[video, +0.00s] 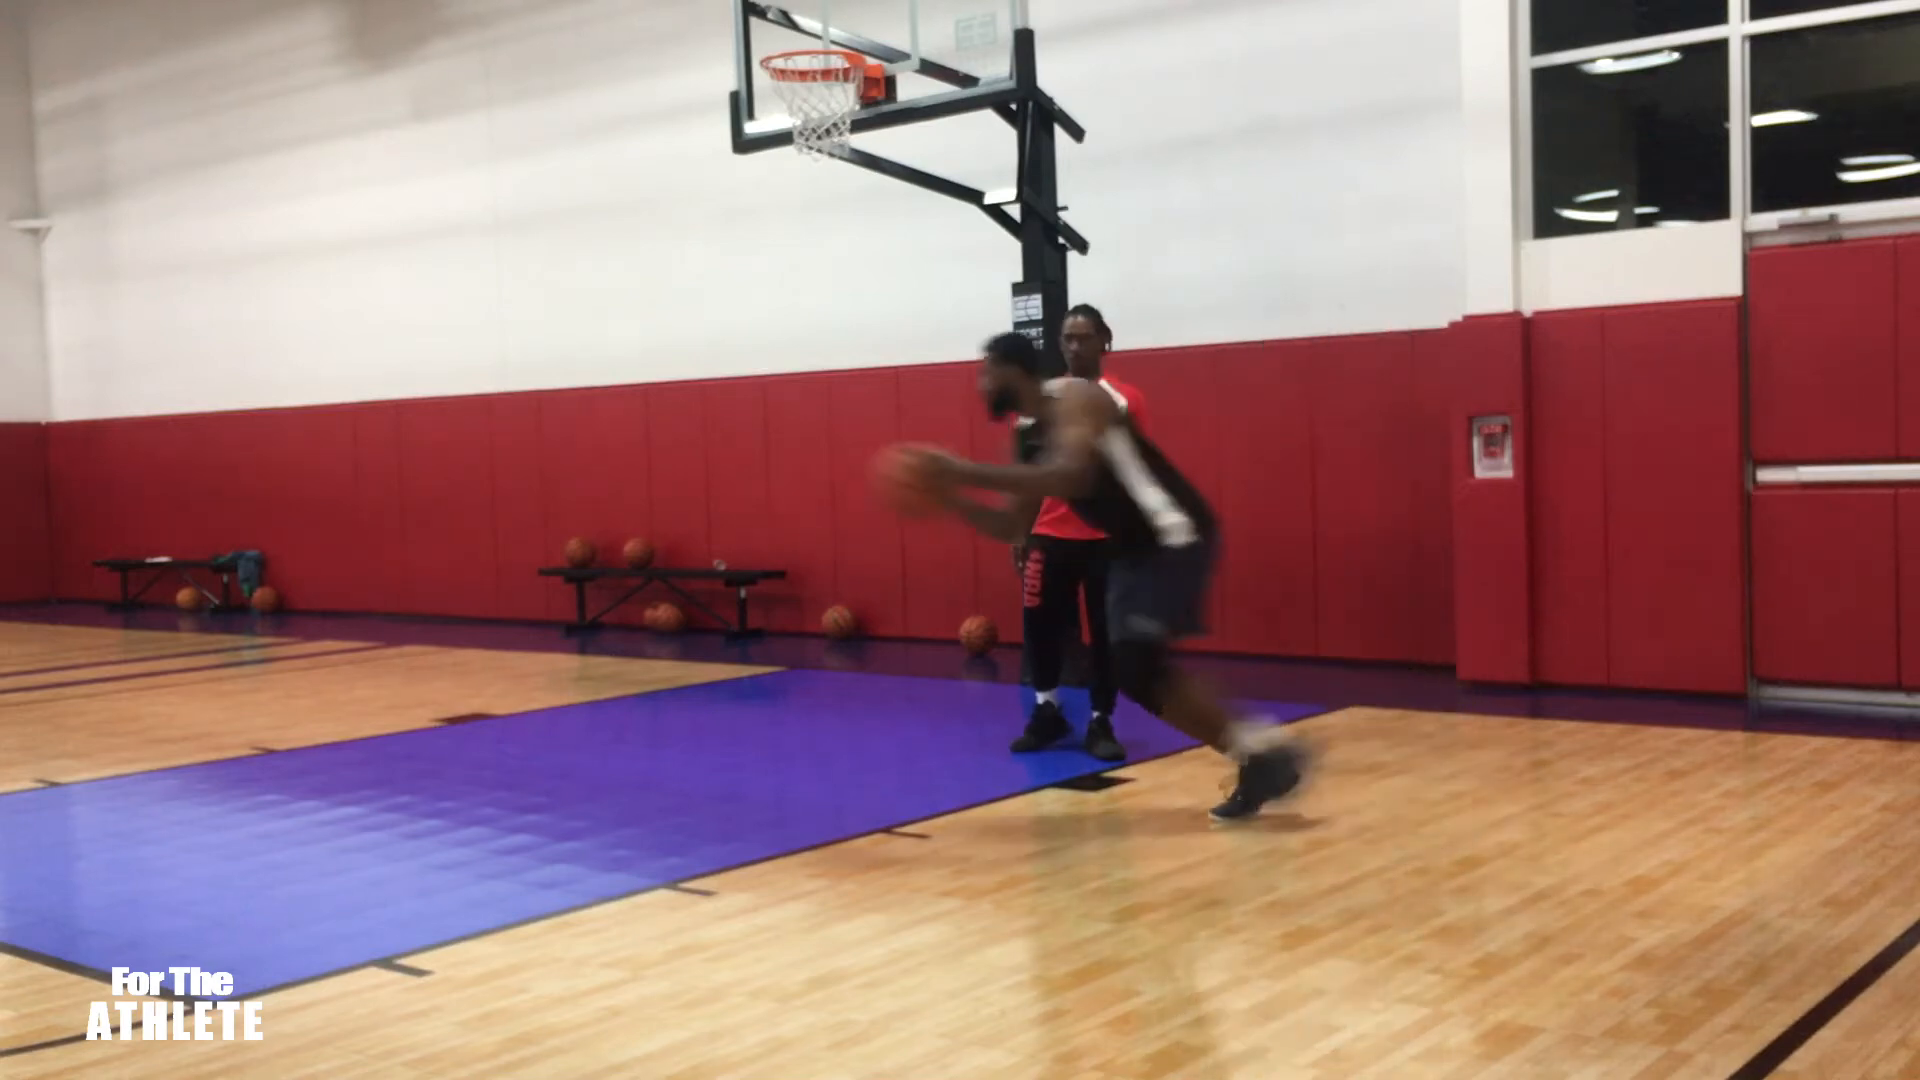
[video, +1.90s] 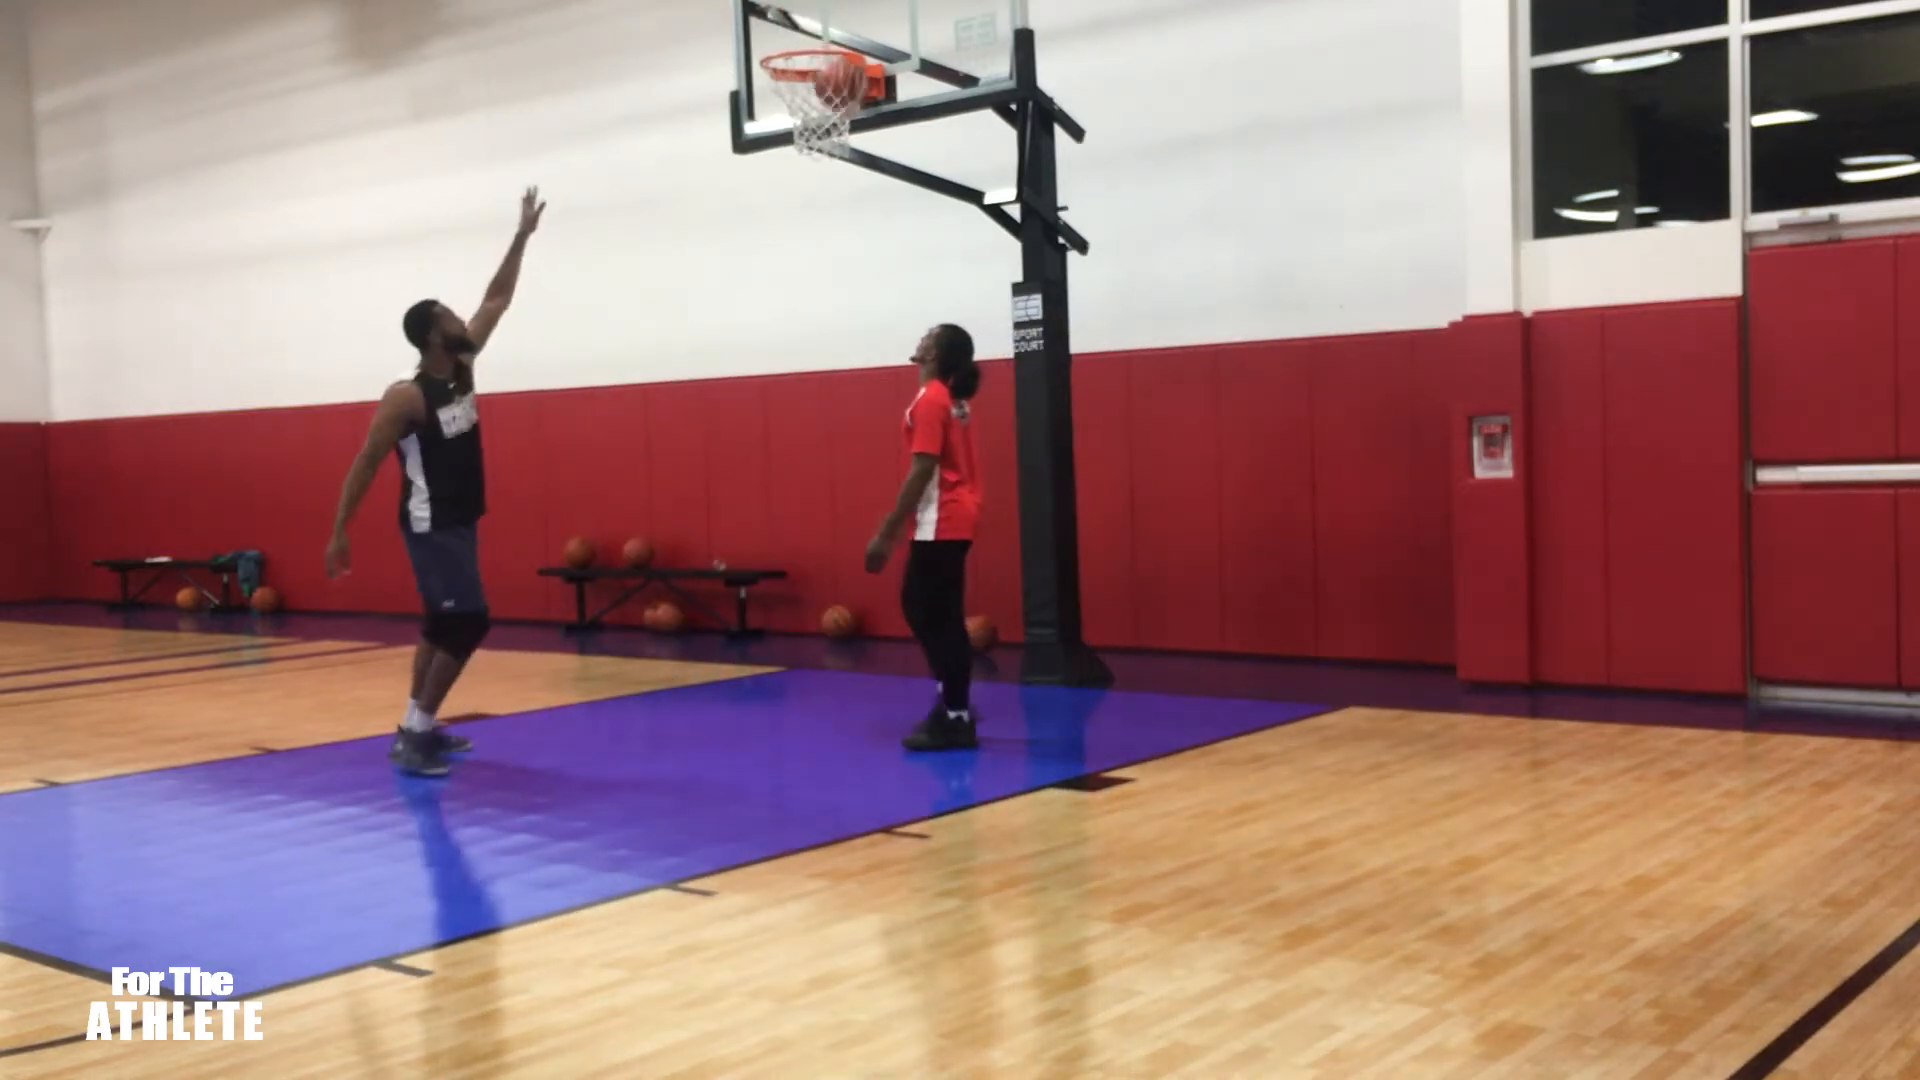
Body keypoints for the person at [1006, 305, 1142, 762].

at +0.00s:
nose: (1075, 347)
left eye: (1085, 338)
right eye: (1068, 338)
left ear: (1105, 343)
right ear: (1059, 345)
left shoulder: (1121, 399)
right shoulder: (1042, 400)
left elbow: (1124, 468)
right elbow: (1028, 472)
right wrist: (1021, 532)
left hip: (1104, 533)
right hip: (1051, 529)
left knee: (1106, 627)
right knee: (1042, 618)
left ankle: (1102, 719)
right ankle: (1045, 710)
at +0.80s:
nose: (1013, 342)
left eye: (1023, 337)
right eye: (1015, 335)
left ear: (1045, 348)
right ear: (1024, 346)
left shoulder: (1057, 397)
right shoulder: (1016, 400)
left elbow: (1068, 470)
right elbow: (1017, 474)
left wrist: (1049, 536)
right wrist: (1000, 531)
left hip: (1047, 536)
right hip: (1019, 536)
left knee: (1056, 627)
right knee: (1027, 624)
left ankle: (1075, 718)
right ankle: (1052, 708)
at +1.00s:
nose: (1005, 340)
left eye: (1015, 336)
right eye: (1008, 334)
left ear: (1035, 349)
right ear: (1022, 348)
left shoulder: (1039, 394)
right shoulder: (1016, 395)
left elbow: (1046, 465)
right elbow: (1014, 471)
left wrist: (1022, 533)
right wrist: (1000, 530)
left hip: (1035, 532)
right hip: (1021, 530)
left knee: (1018, 621)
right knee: (1031, 621)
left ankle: (1029, 715)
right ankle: (1057, 709)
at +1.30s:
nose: (985, 337)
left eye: (995, 335)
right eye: (990, 331)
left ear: (1009, 352)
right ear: (1004, 352)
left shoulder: (1007, 394)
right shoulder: (998, 394)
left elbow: (1012, 467)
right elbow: (1004, 466)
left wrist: (989, 536)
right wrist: (987, 528)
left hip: (1010, 534)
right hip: (1013, 532)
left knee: (984, 626)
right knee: (1031, 621)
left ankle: (962, 714)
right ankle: (1059, 710)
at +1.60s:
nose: (949, 339)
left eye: (958, 337)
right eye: (954, 334)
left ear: (970, 352)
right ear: (977, 356)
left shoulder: (965, 397)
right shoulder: (972, 395)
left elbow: (966, 470)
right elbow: (974, 468)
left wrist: (945, 538)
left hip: (970, 533)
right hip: (979, 531)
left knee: (960, 620)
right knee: (974, 617)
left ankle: (956, 717)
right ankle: (1037, 694)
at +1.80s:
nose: (929, 341)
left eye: (938, 337)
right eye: (935, 335)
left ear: (949, 353)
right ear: (957, 358)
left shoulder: (942, 396)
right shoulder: (953, 395)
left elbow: (937, 467)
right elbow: (951, 466)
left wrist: (905, 534)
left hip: (952, 521)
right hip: (956, 519)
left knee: (946, 615)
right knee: (928, 607)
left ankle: (956, 716)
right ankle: (987, 685)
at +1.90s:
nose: (918, 345)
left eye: (925, 340)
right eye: (922, 339)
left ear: (937, 353)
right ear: (946, 357)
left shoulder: (931, 396)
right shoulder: (946, 396)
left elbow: (924, 466)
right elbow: (938, 464)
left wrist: (885, 532)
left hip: (941, 520)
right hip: (951, 518)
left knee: (922, 606)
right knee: (941, 610)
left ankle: (955, 713)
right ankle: (955, 708)